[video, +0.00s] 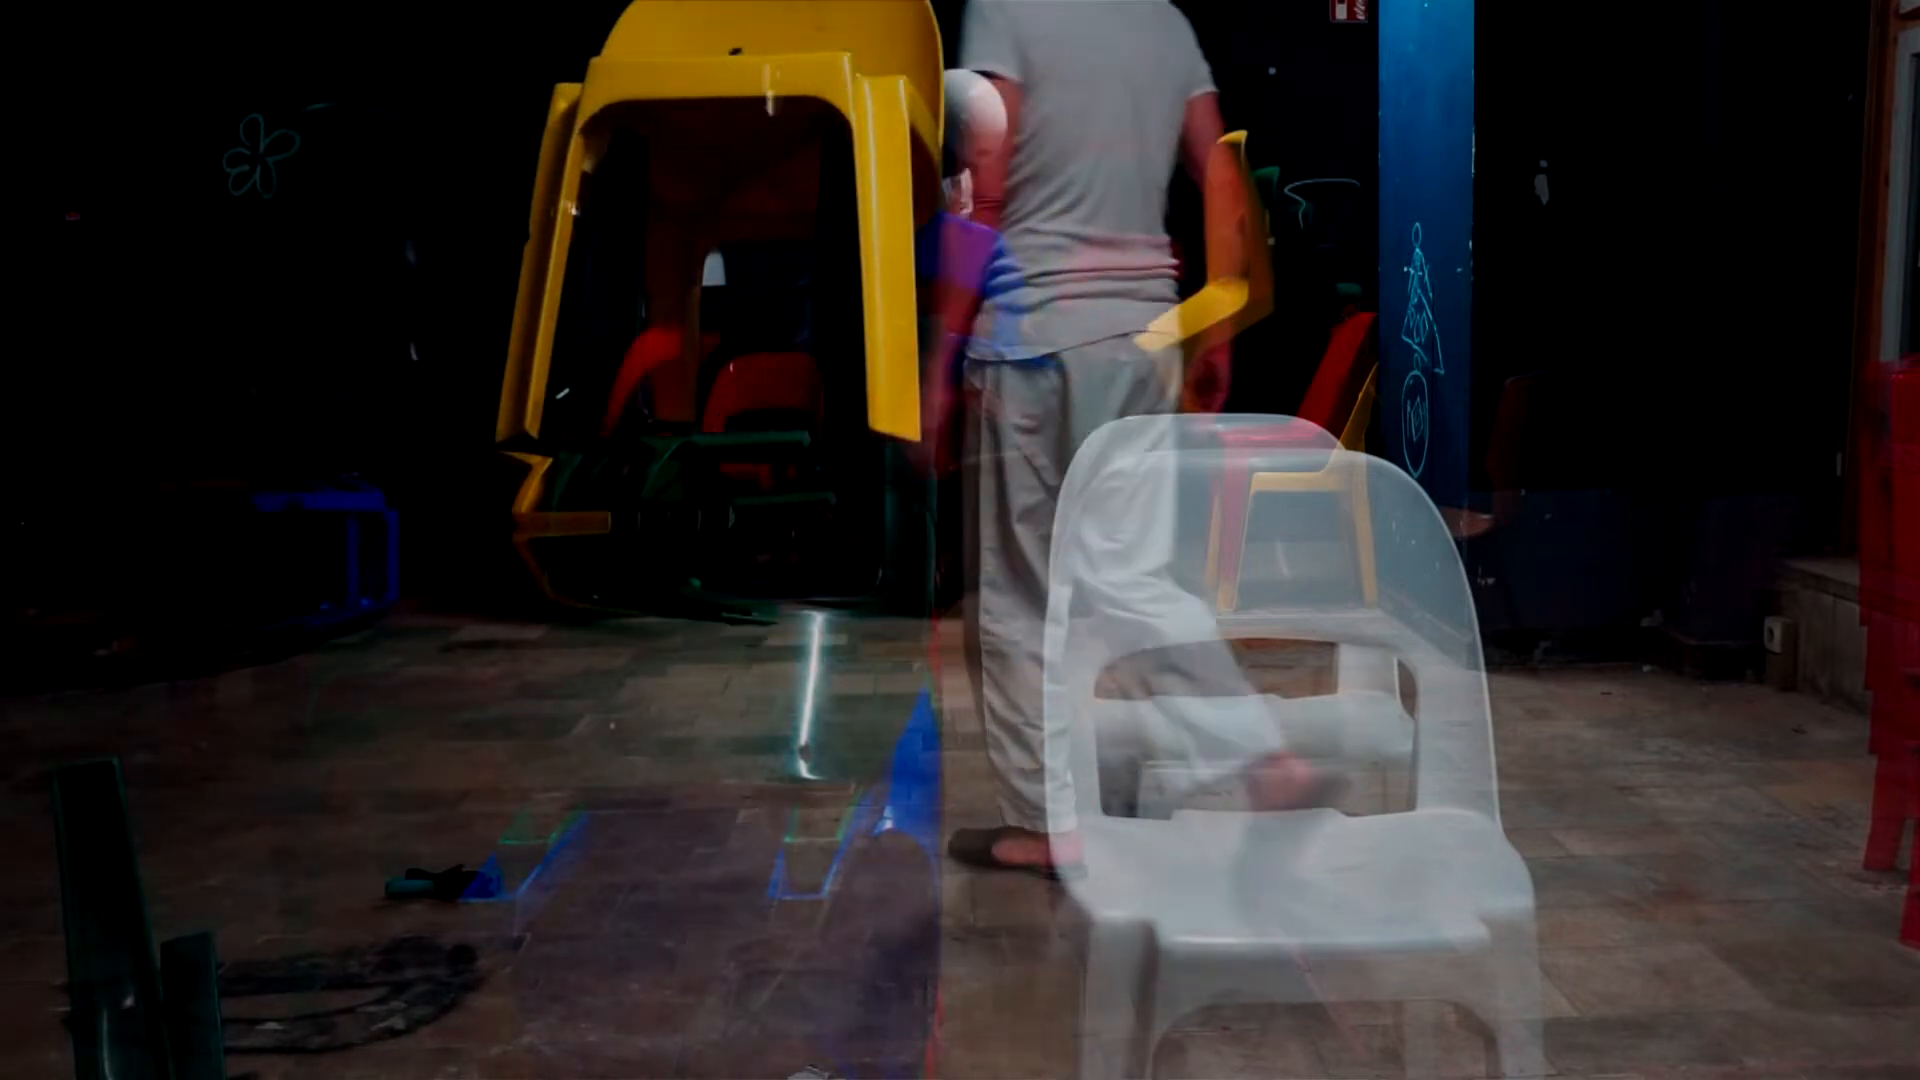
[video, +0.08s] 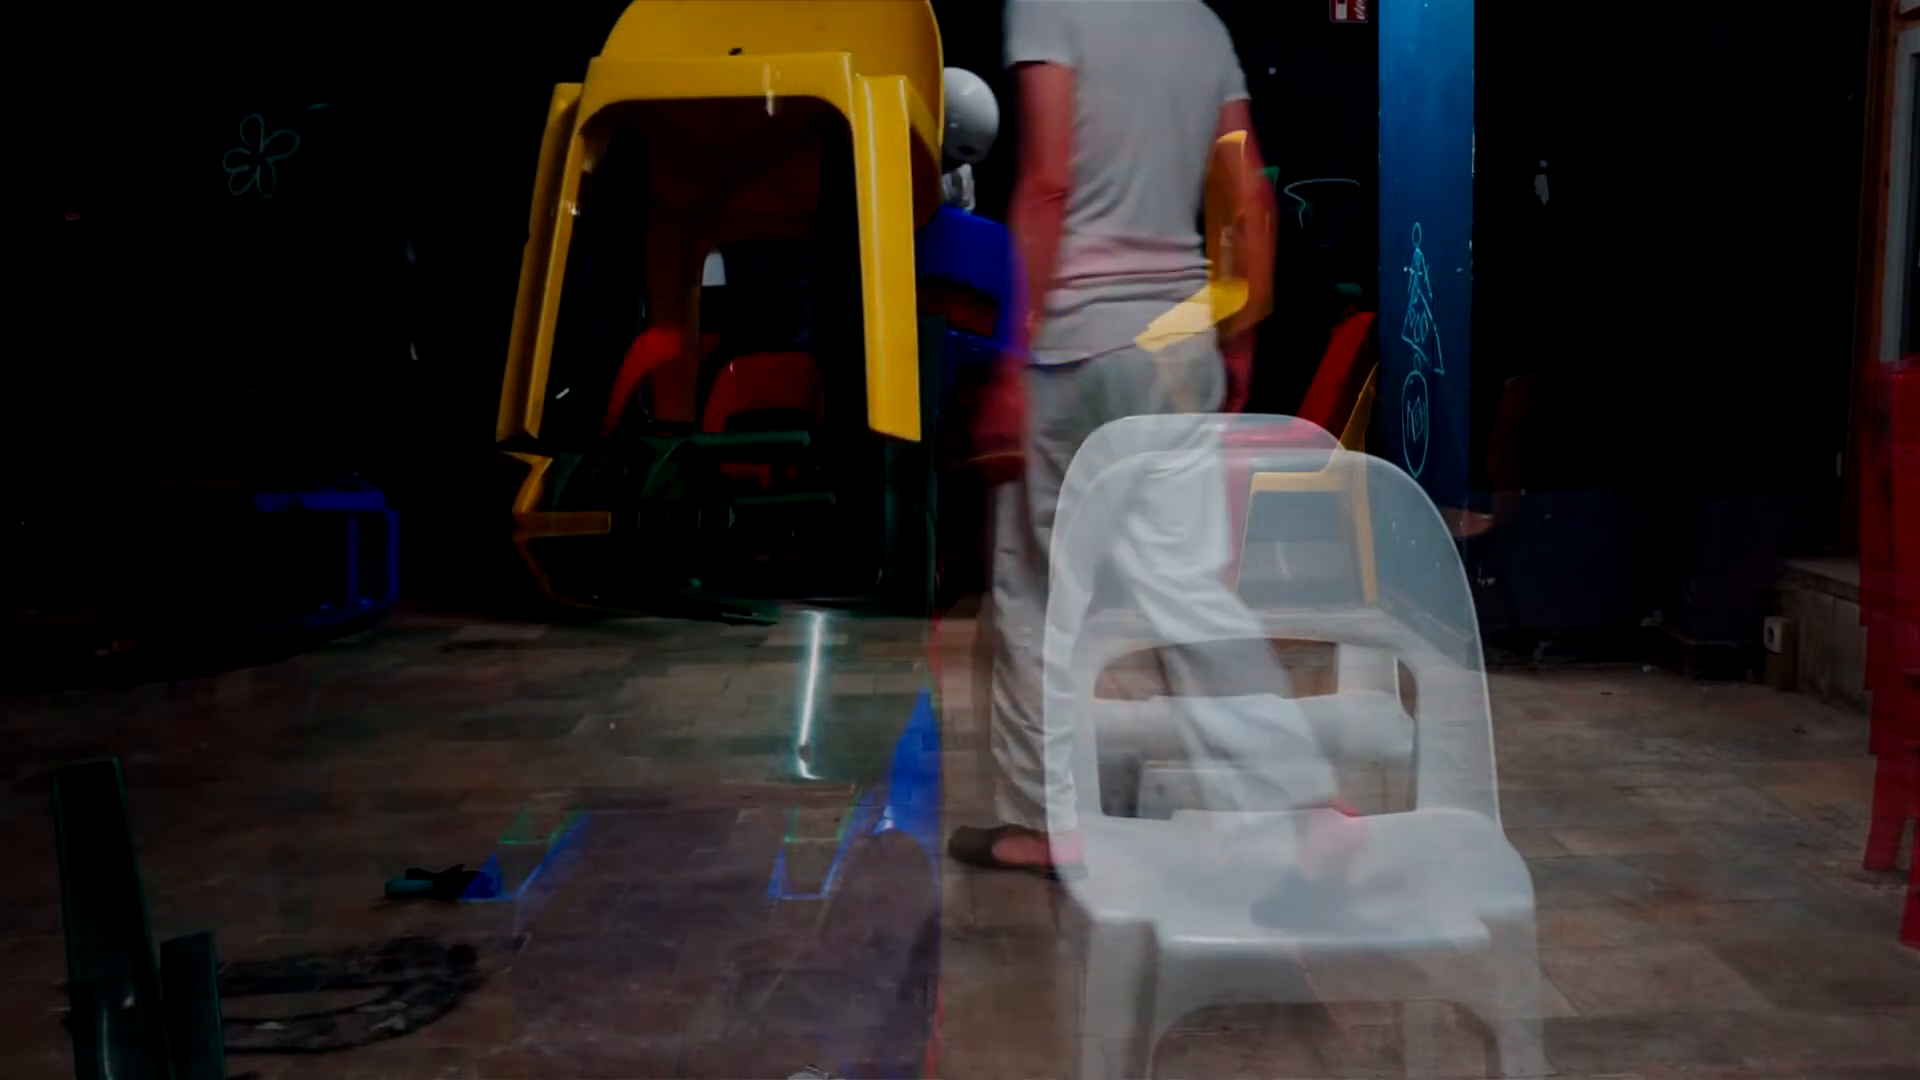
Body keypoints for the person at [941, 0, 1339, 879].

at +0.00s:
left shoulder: (1000, 14)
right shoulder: (1165, 22)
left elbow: (981, 195)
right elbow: (1222, 187)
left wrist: (937, 363)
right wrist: (1217, 330)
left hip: (1032, 331)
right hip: (1147, 325)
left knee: (1019, 587)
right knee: (1136, 574)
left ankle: (1039, 821)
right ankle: (1265, 762)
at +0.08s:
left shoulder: (1046, 10)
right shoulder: (1203, 26)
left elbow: (1048, 183)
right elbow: (1248, 202)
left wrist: (1014, 357)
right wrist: (1240, 332)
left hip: (1072, 333)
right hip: (1181, 328)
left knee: (1032, 589)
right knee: (1187, 584)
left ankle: (1041, 819)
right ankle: (1308, 807)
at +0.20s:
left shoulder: (1113, 4)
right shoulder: (1258, 17)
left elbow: (1154, 148)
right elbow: (1311, 196)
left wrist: (1128, 351)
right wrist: (1269, 331)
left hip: (1137, 341)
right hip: (1246, 336)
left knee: (1085, 595)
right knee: (1272, 610)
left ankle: (1045, 813)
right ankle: (1349, 860)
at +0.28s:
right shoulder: (1300, 11)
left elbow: (1215, 138)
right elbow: (1347, 188)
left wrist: (1205, 331)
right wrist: (1302, 312)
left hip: (1170, 333)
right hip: (1278, 329)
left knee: (1103, 608)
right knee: (1296, 614)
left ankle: (1093, 853)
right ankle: (1352, 874)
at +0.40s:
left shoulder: (1219, 5)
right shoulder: (1353, 8)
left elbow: (1284, 129)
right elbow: (1400, 179)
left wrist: (1295, 334)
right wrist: (1358, 310)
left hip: (1225, 332)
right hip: (1333, 320)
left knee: (1147, 603)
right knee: (1319, 607)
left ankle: (1242, 858)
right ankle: (1364, 878)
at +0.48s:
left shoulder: (1249, 6)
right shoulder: (1383, 9)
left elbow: (1309, 124)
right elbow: (1438, 176)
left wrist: (1326, 339)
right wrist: (1398, 316)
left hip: (1257, 334)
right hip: (1363, 326)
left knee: (1187, 621)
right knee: (1317, 628)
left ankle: (1338, 856)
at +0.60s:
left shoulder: (1296, 6)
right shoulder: (1441, 8)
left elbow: (1334, 142)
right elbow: (1497, 171)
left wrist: (1323, 364)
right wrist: (1466, 340)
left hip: (1316, 342)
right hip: (1419, 328)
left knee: (1279, 641)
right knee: (1365, 635)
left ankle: (1470, 895)